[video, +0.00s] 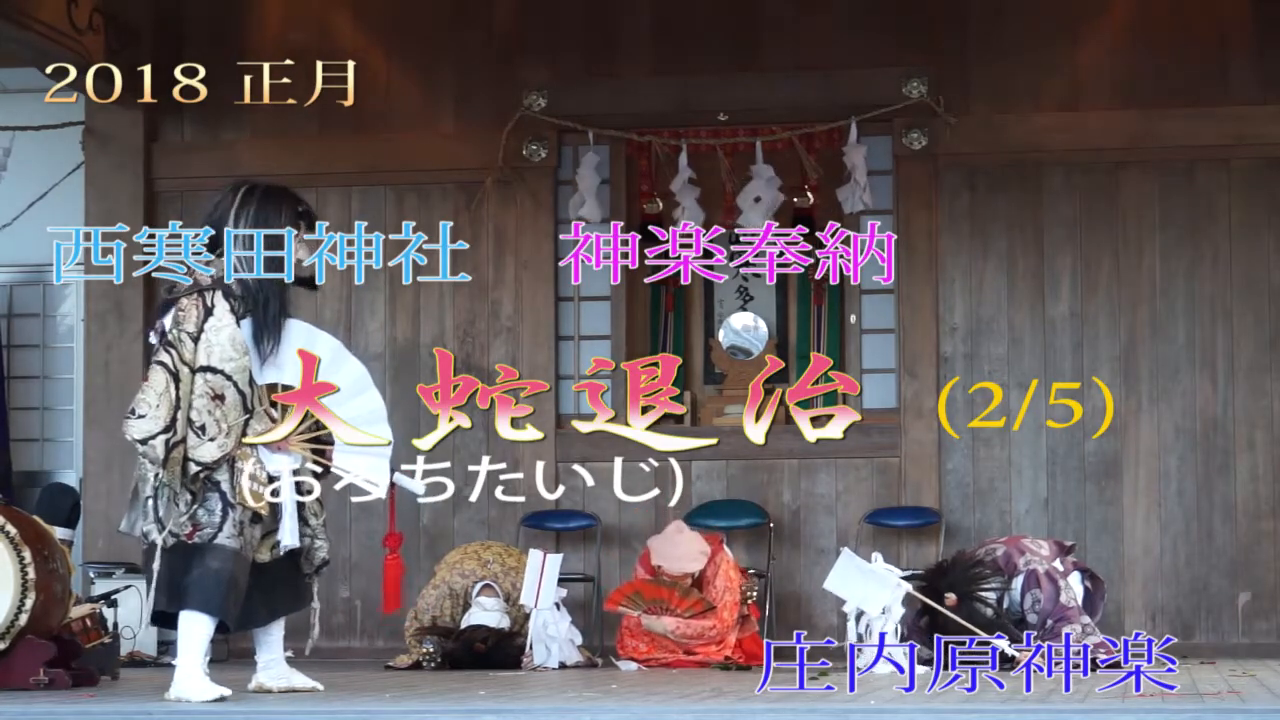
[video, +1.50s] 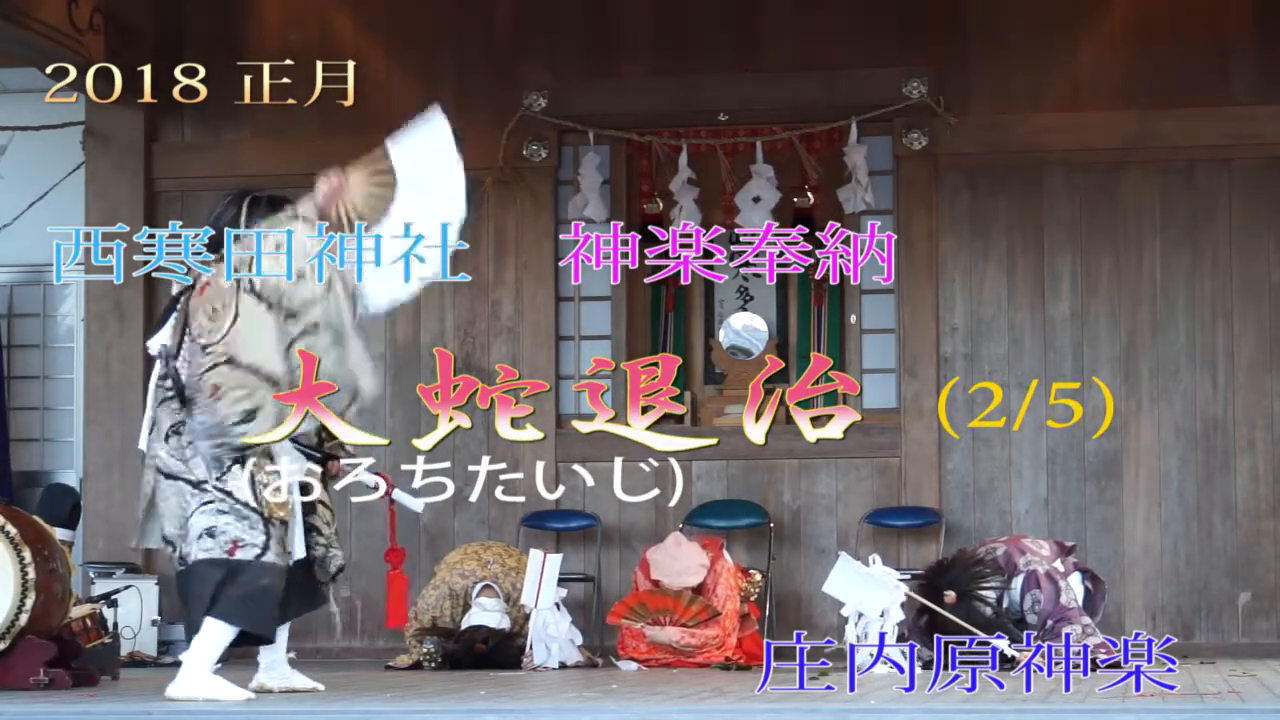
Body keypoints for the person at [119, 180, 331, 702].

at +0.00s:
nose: (305, 250)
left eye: (304, 237)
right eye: (297, 235)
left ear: (235, 236)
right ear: (263, 239)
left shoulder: (268, 314)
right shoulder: (212, 312)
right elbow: (205, 418)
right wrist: (260, 454)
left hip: (263, 458)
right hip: (217, 460)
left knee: (273, 549)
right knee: (217, 551)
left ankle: (272, 664)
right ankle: (189, 672)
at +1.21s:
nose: (306, 257)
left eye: (304, 243)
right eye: (299, 242)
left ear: (236, 238)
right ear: (268, 241)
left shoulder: (212, 303)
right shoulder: (246, 309)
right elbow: (263, 405)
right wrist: (318, 438)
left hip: (262, 449)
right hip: (233, 450)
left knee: (282, 549)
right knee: (231, 551)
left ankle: (273, 663)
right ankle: (191, 672)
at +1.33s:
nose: (300, 255)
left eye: (301, 244)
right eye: (296, 243)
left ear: (238, 239)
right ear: (270, 243)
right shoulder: (219, 304)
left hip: (247, 446)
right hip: (201, 451)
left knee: (287, 545)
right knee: (236, 547)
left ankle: (274, 663)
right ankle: (192, 670)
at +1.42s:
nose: (308, 262)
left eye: (308, 251)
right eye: (301, 249)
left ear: (237, 244)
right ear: (273, 247)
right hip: (202, 447)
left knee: (290, 546)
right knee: (251, 550)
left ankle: (274, 664)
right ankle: (194, 670)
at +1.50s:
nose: (291, 246)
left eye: (293, 235)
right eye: (281, 235)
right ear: (252, 234)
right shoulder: (225, 292)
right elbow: (228, 386)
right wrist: (277, 445)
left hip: (253, 443)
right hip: (218, 448)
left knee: (291, 546)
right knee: (263, 556)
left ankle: (273, 664)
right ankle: (195, 671)